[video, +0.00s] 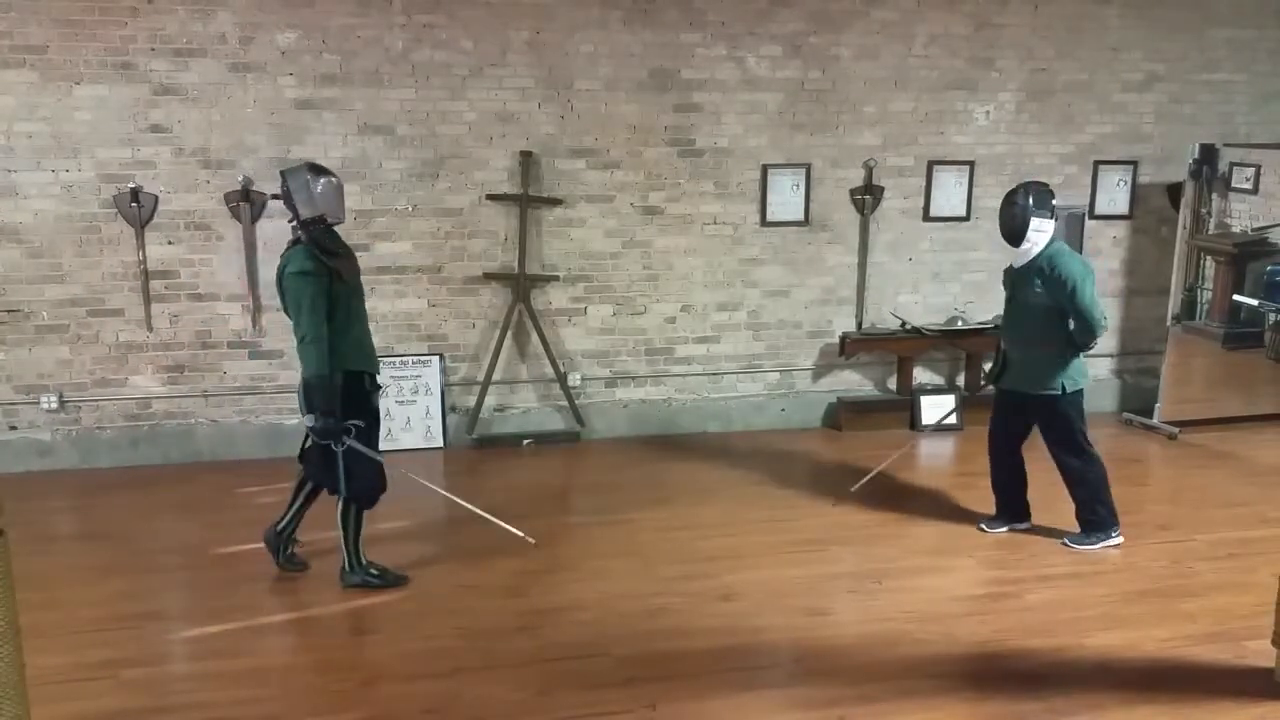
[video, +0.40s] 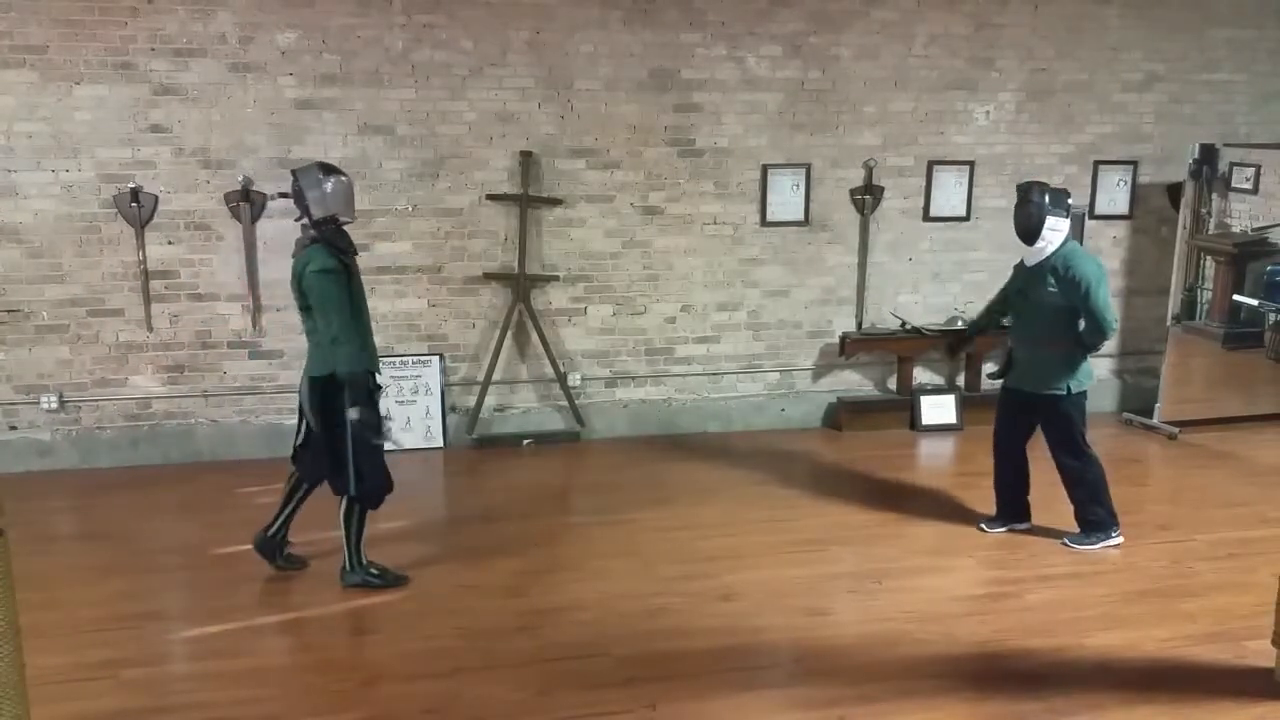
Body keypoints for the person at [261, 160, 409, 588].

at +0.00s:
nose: (336, 203)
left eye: (334, 194)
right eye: (327, 196)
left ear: (300, 202)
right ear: (311, 202)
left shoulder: (331, 249)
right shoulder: (304, 261)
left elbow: (347, 323)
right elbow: (311, 337)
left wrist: (366, 376)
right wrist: (321, 405)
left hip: (353, 378)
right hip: (335, 382)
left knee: (322, 461)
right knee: (357, 473)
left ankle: (282, 532)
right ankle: (355, 565)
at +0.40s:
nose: (347, 202)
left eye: (343, 194)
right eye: (340, 195)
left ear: (308, 203)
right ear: (325, 201)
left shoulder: (320, 252)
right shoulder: (323, 260)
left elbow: (334, 330)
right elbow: (340, 333)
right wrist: (360, 396)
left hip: (324, 379)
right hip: (339, 383)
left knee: (314, 463)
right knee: (362, 476)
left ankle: (273, 537)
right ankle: (355, 565)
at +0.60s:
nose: (355, 206)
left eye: (352, 198)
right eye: (349, 200)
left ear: (314, 207)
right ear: (338, 205)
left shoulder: (315, 253)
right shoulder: (331, 262)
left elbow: (328, 322)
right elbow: (376, 318)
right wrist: (429, 364)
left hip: (315, 376)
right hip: (340, 379)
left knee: (302, 461)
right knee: (359, 472)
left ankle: (266, 541)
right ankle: (355, 566)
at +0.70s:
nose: (356, 208)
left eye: (352, 201)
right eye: (351, 201)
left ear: (313, 208)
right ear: (341, 206)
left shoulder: (312, 255)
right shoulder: (334, 261)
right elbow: (389, 297)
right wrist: (455, 324)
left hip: (312, 377)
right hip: (339, 380)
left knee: (298, 464)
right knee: (360, 474)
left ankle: (257, 541)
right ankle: (355, 566)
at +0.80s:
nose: (356, 205)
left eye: (351, 198)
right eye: (351, 199)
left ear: (312, 208)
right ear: (343, 205)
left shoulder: (312, 255)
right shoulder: (337, 257)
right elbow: (392, 275)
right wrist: (462, 280)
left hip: (311, 378)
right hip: (338, 380)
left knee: (292, 463)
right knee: (361, 475)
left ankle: (245, 540)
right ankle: (354, 566)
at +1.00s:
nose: (353, 210)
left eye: (350, 202)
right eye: (348, 202)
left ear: (309, 210)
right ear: (337, 204)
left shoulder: (306, 253)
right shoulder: (330, 248)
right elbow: (381, 235)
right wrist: (445, 210)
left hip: (307, 376)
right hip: (335, 376)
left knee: (279, 461)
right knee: (363, 473)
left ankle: (236, 541)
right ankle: (355, 565)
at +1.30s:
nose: (345, 209)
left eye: (343, 202)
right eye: (340, 202)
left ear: (303, 212)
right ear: (328, 207)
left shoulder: (298, 251)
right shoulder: (320, 245)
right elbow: (365, 217)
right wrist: (420, 179)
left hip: (302, 375)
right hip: (328, 373)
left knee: (272, 461)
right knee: (359, 472)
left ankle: (231, 543)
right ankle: (356, 565)